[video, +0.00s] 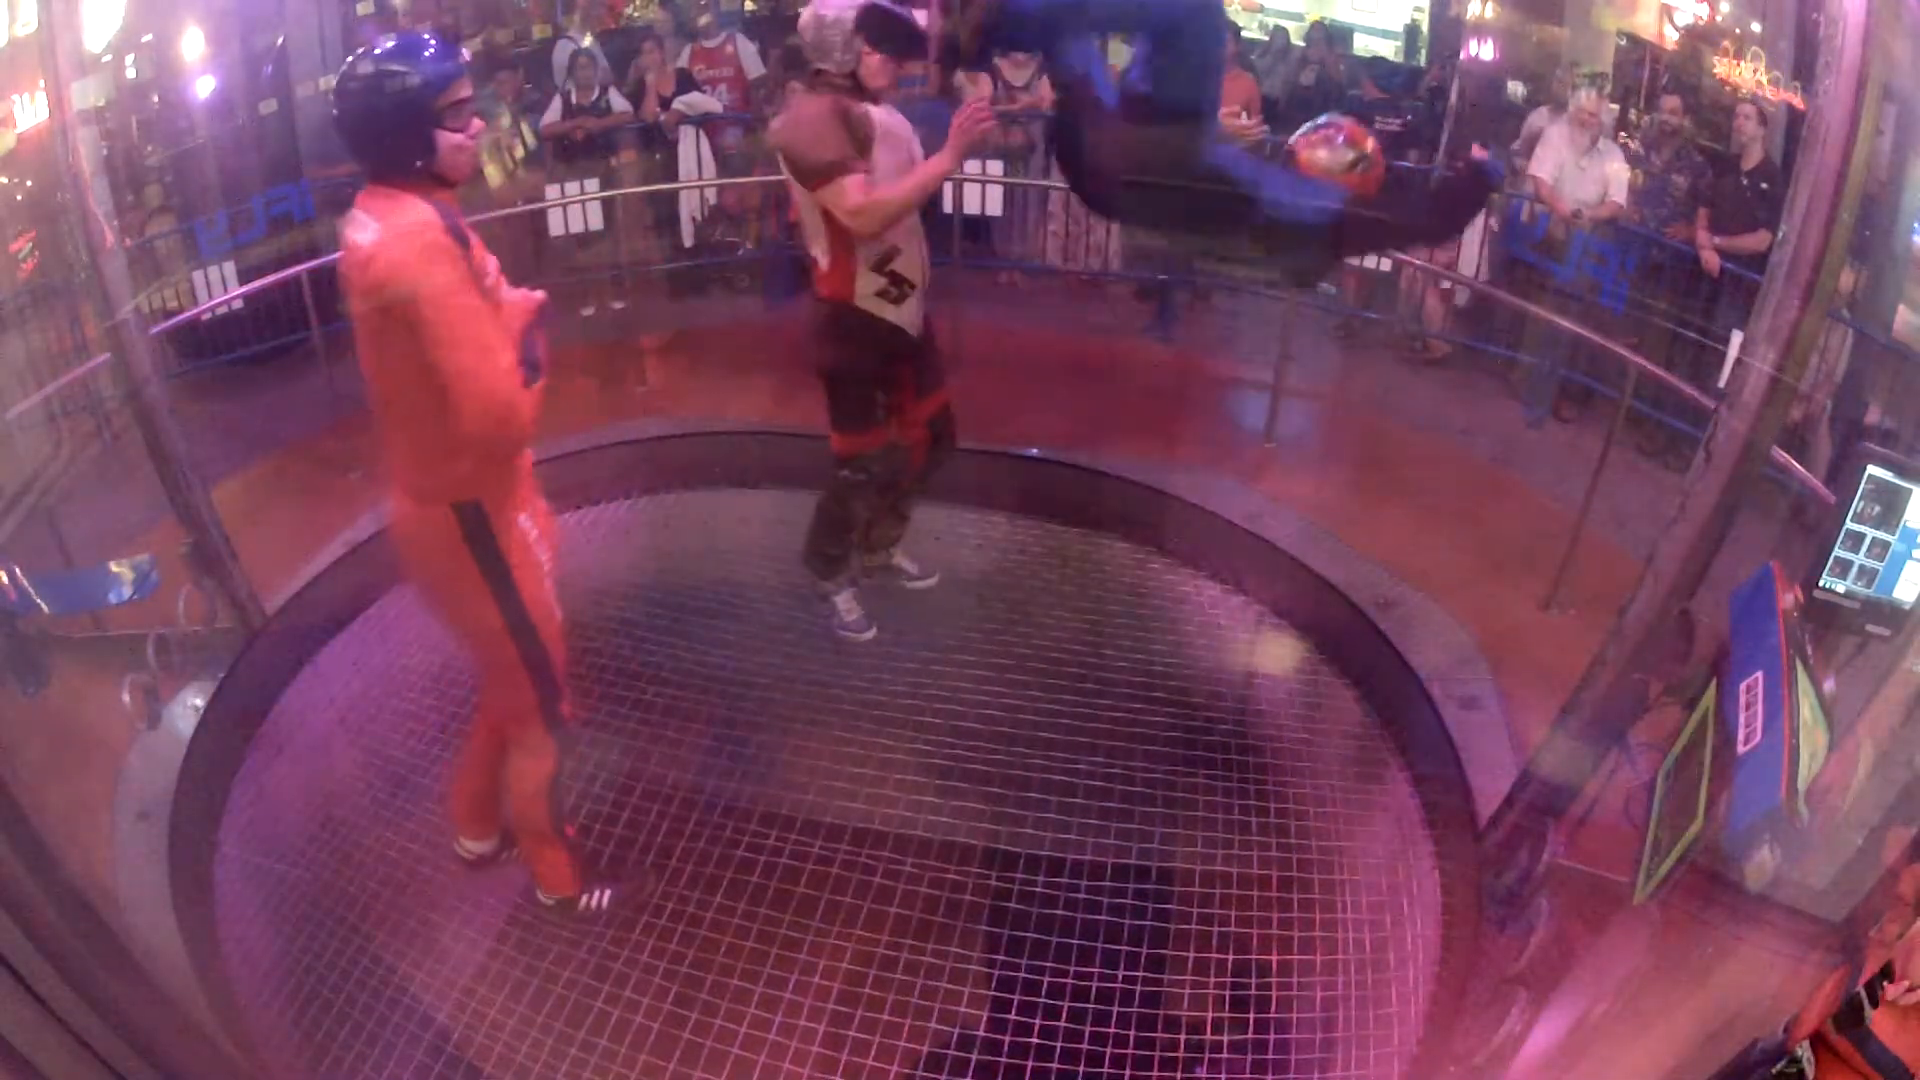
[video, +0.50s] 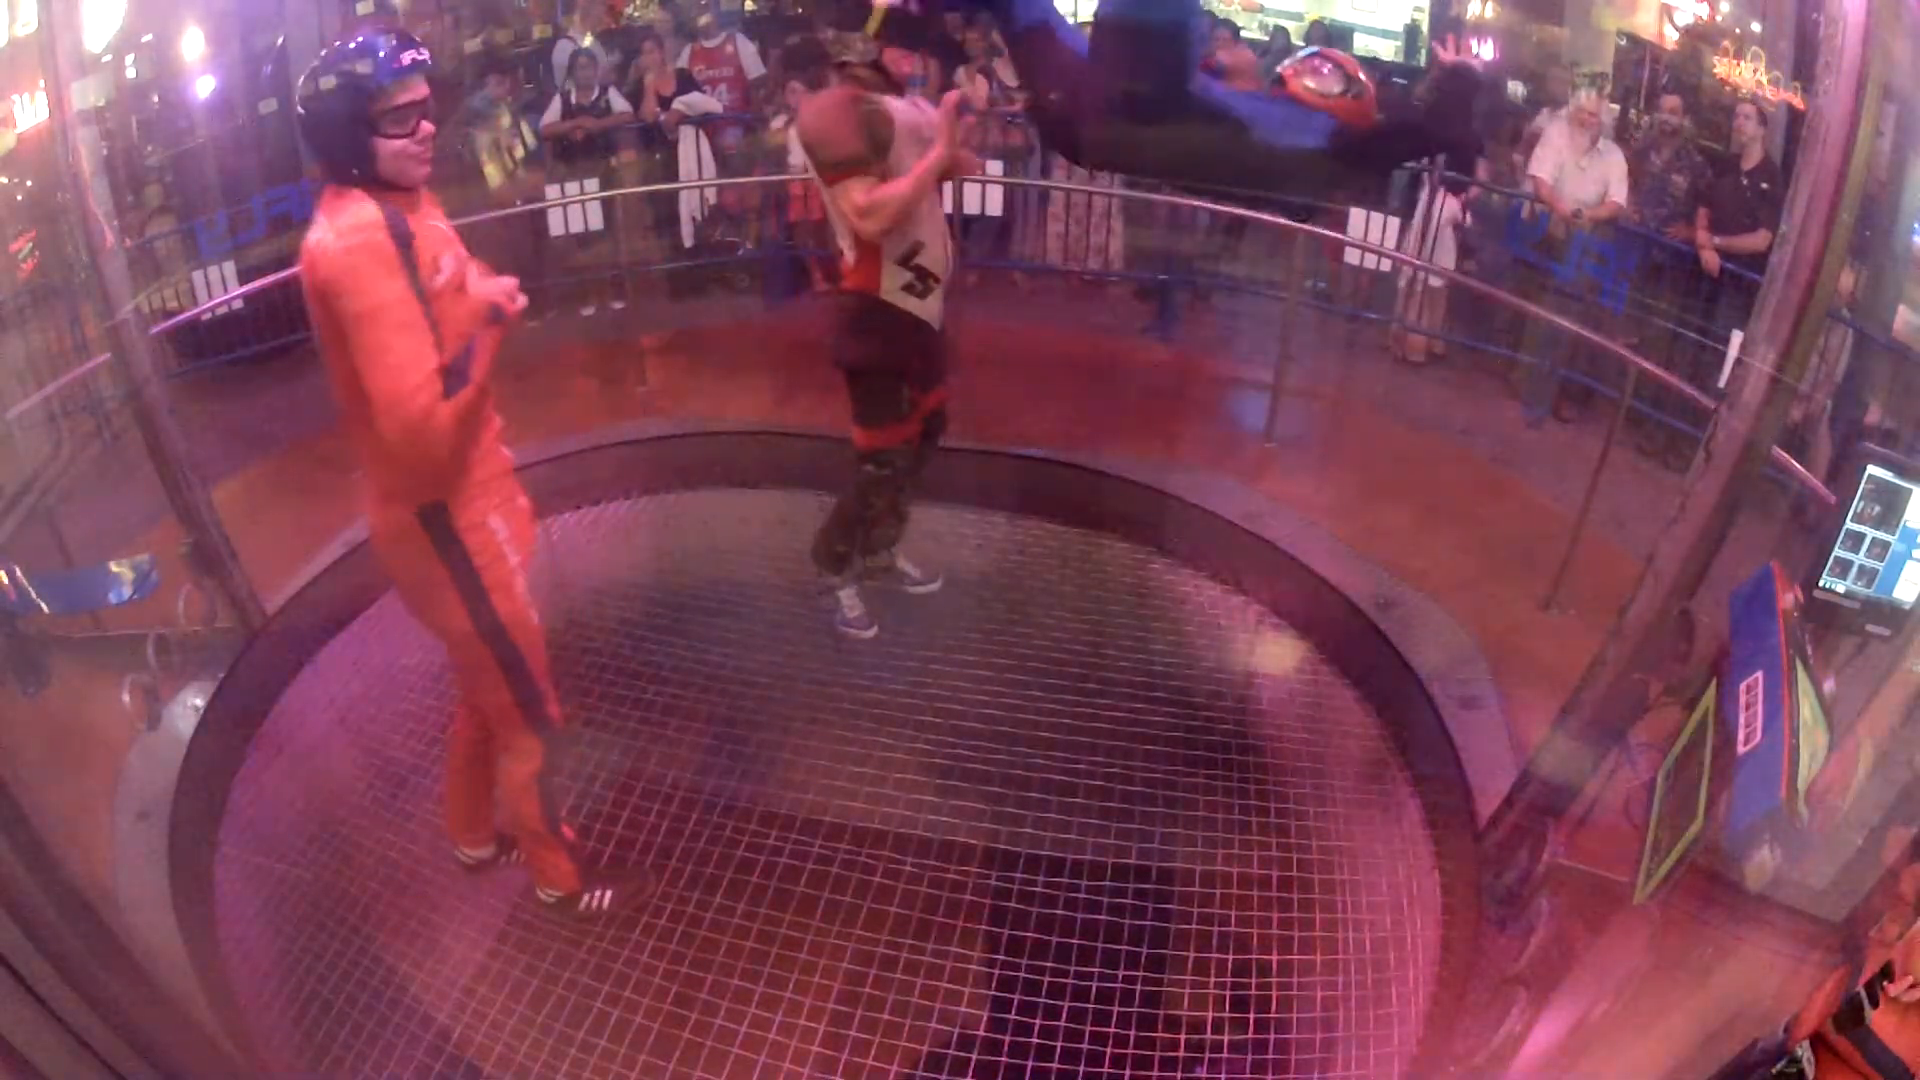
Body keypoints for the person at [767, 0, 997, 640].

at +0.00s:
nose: (897, 73)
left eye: (900, 62)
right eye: (888, 60)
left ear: (880, 60)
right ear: (853, 53)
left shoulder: (880, 115)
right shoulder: (811, 121)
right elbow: (860, 215)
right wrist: (950, 155)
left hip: (903, 314)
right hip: (851, 319)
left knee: (929, 438)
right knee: (865, 459)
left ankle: (879, 547)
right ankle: (830, 574)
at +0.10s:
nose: (901, 69)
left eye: (904, 58)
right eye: (892, 57)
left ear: (885, 58)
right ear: (855, 54)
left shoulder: (879, 111)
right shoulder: (827, 118)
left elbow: (907, 181)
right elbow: (871, 219)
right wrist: (958, 159)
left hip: (906, 311)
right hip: (858, 317)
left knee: (930, 436)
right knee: (871, 460)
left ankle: (879, 549)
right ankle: (831, 575)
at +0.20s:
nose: (904, 72)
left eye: (905, 63)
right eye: (897, 61)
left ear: (851, 49)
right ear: (863, 55)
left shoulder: (886, 114)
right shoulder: (830, 118)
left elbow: (931, 161)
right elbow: (879, 220)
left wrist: (969, 134)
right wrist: (961, 157)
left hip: (908, 313)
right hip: (864, 317)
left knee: (928, 431)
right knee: (877, 458)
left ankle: (880, 547)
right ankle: (832, 575)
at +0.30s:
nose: (911, 58)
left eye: (909, 47)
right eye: (901, 46)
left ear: (854, 50)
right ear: (870, 51)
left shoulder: (893, 112)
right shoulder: (834, 114)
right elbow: (884, 216)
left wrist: (966, 127)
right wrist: (959, 147)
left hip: (914, 310)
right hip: (869, 314)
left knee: (924, 431)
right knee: (880, 454)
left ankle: (879, 550)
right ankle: (831, 573)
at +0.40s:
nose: (907, 48)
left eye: (910, 40)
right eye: (895, 39)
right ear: (866, 50)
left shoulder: (900, 112)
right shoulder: (834, 115)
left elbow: (947, 147)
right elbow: (873, 212)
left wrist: (959, 113)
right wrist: (944, 153)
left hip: (917, 310)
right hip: (871, 314)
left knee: (923, 433)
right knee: (882, 457)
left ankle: (879, 548)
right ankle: (834, 572)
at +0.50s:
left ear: (873, 116)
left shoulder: (902, 129)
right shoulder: (838, 159)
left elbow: (960, 168)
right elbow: (874, 215)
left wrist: (950, 133)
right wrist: (937, 152)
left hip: (918, 317)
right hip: (870, 319)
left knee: (922, 435)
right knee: (884, 458)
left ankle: (881, 549)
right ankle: (836, 569)